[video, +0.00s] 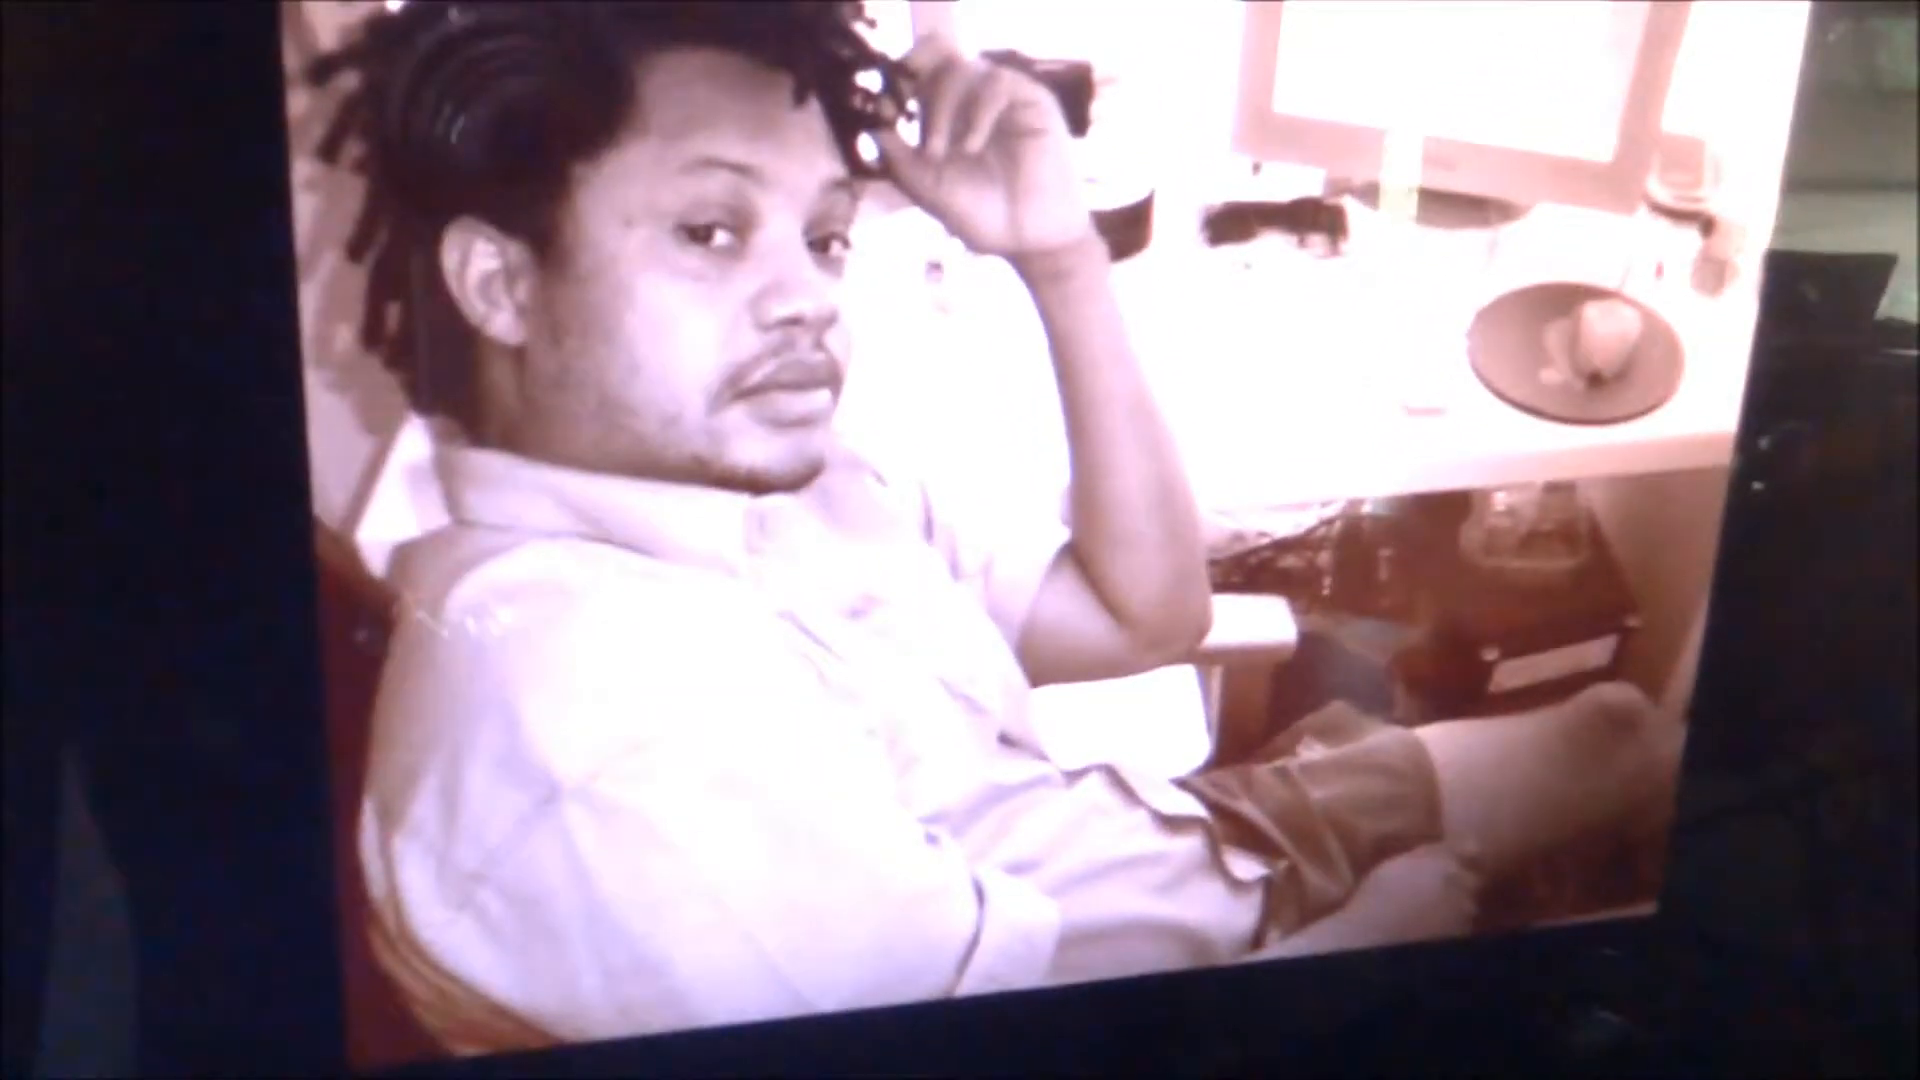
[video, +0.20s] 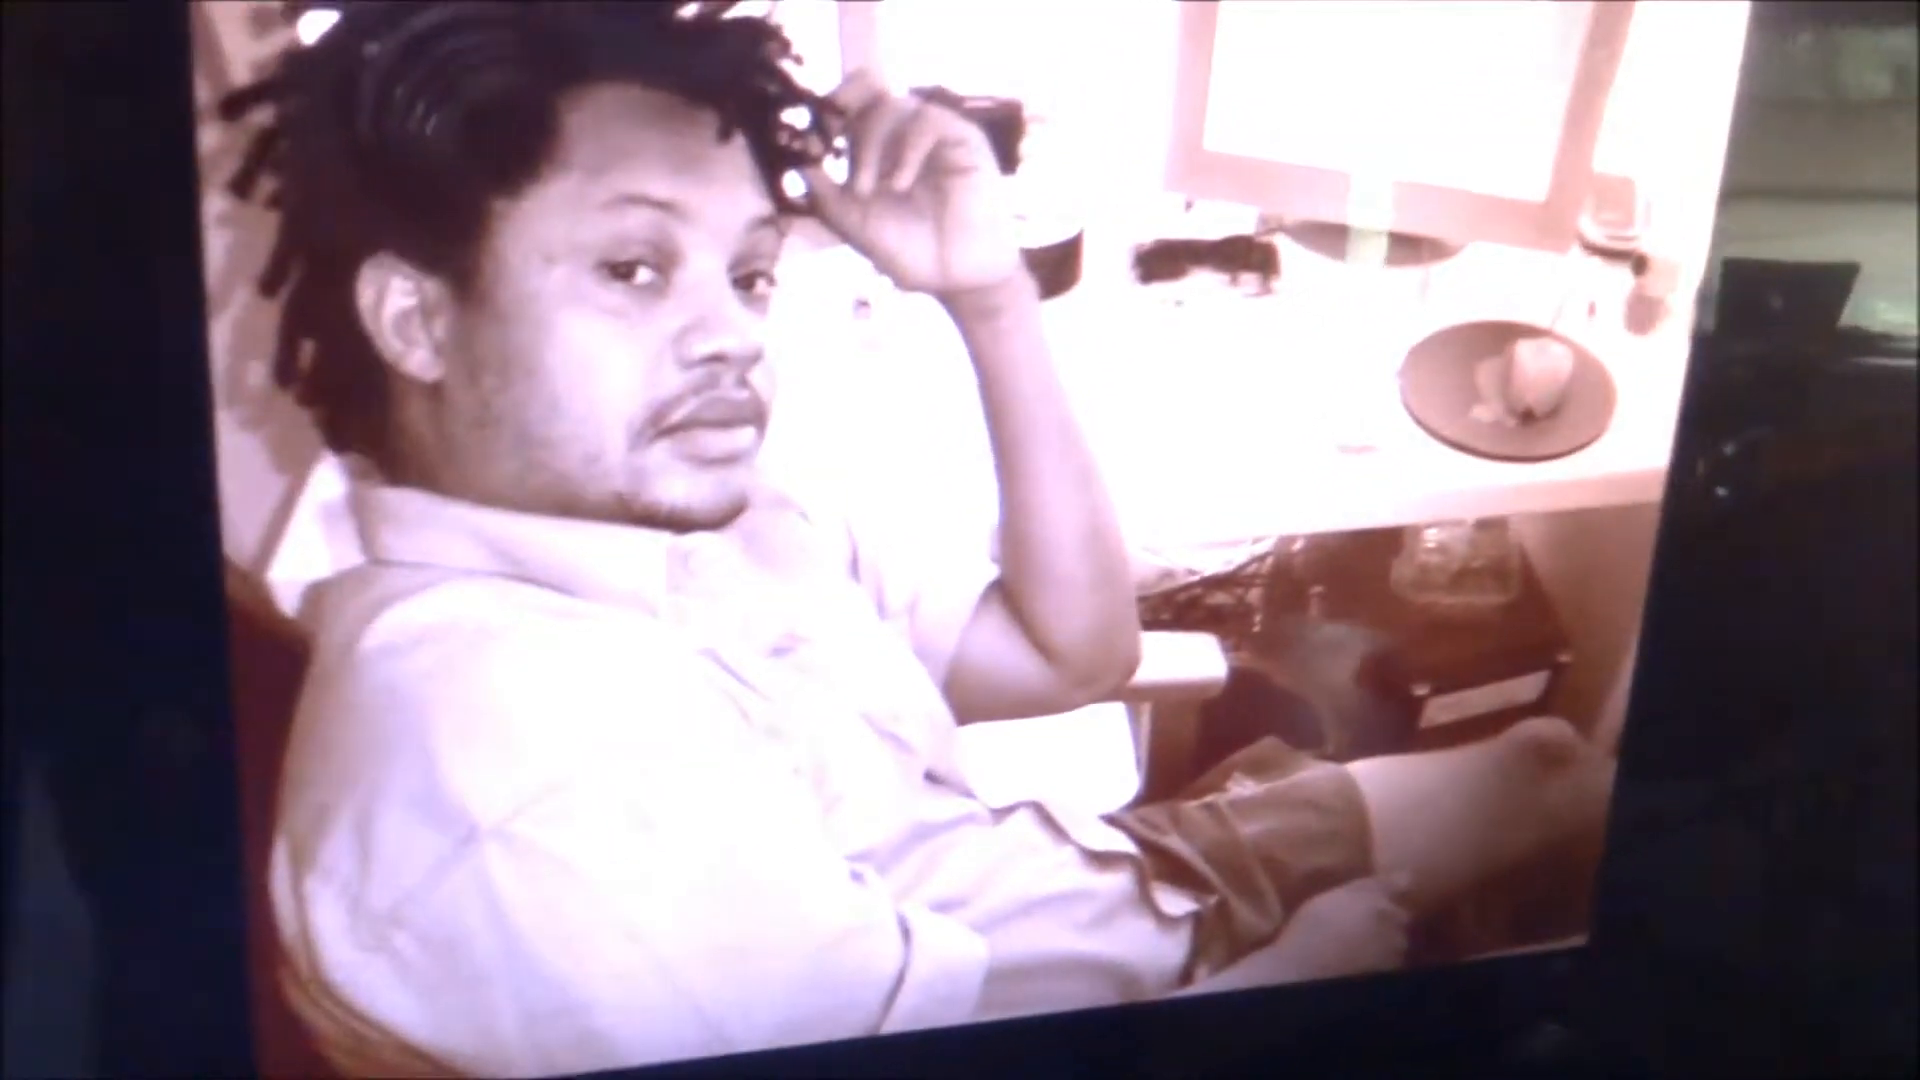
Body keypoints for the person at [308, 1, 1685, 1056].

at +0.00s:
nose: (810, 306)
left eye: (819, 243)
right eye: (711, 236)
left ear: (854, 250)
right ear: (494, 282)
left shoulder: (803, 486)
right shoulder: (551, 679)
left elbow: (1141, 615)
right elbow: (986, 996)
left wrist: (1058, 252)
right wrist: (1360, 880)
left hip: (1164, 838)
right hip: (1137, 965)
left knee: (1619, 723)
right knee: (1640, 752)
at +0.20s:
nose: (730, 342)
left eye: (747, 281)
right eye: (632, 271)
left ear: (777, 288)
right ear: (410, 318)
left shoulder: (732, 543)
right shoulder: (458, 714)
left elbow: (1066, 652)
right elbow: (909, 1012)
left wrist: (987, 295)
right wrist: (1323, 939)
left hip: (1151, 893)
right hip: (1090, 1014)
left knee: (1561, 760)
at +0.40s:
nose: (733, 343)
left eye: (748, 285)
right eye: (636, 275)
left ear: (777, 295)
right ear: (417, 325)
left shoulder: (735, 539)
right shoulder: (468, 723)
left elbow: (1071, 652)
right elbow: (922, 1011)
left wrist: (988, 298)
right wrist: (1323, 934)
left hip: (1154, 880)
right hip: (1102, 1005)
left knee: (1562, 754)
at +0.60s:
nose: (762, 382)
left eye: (774, 317)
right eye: (662, 313)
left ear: (808, 321)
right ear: (446, 362)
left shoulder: (757, 570)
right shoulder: (512, 790)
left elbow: (1103, 683)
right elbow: (994, 1045)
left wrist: (1019, 334)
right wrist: (1421, 930)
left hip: (1195, 898)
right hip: (1154, 1022)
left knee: (1605, 778)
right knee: (1648, 824)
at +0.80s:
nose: (727, 417)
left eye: (737, 353)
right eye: (623, 353)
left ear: (774, 356)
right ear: (402, 408)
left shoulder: (719, 608)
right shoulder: (478, 826)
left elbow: (1074, 732)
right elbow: (956, 1048)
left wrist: (985, 378)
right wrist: (1374, 904)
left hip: (1153, 931)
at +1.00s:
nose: (701, 425)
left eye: (709, 358)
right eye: (594, 358)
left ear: (744, 356)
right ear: (369, 411)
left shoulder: (688, 613)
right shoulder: (452, 835)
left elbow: (1052, 736)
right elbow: (910, 1053)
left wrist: (957, 380)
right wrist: (1356, 962)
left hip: (1070, 931)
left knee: (1537, 820)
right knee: (1570, 857)